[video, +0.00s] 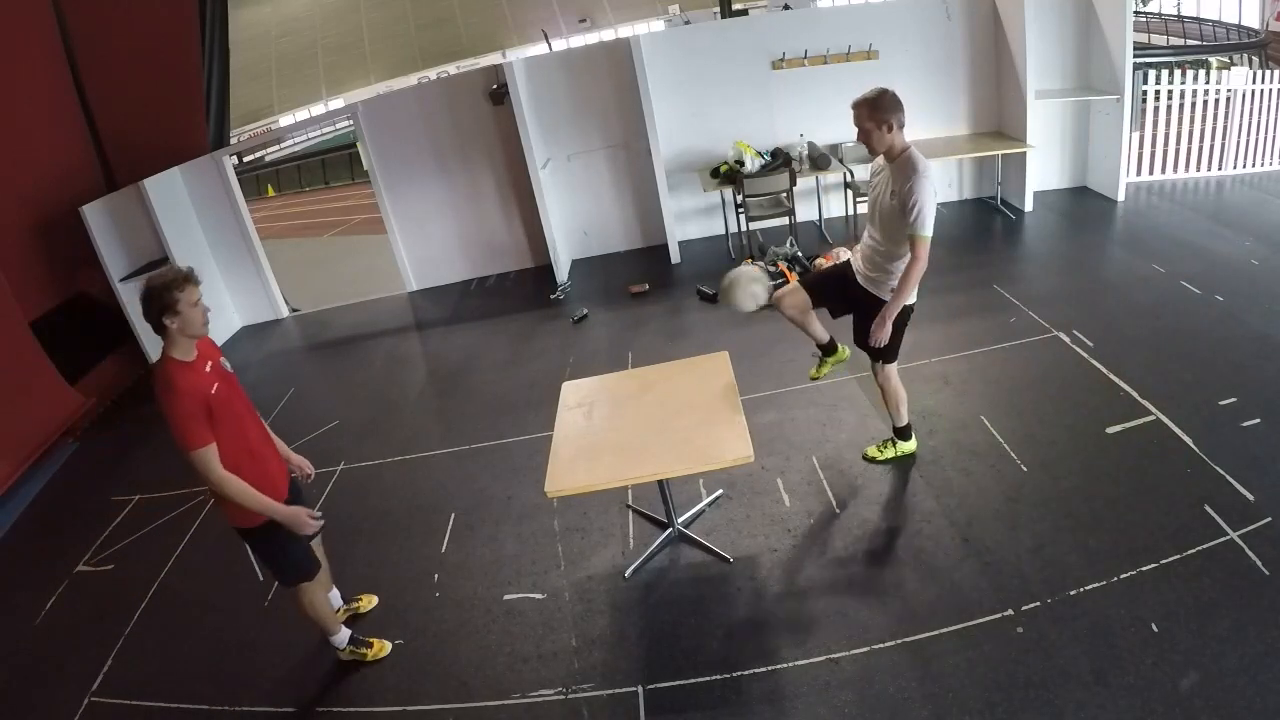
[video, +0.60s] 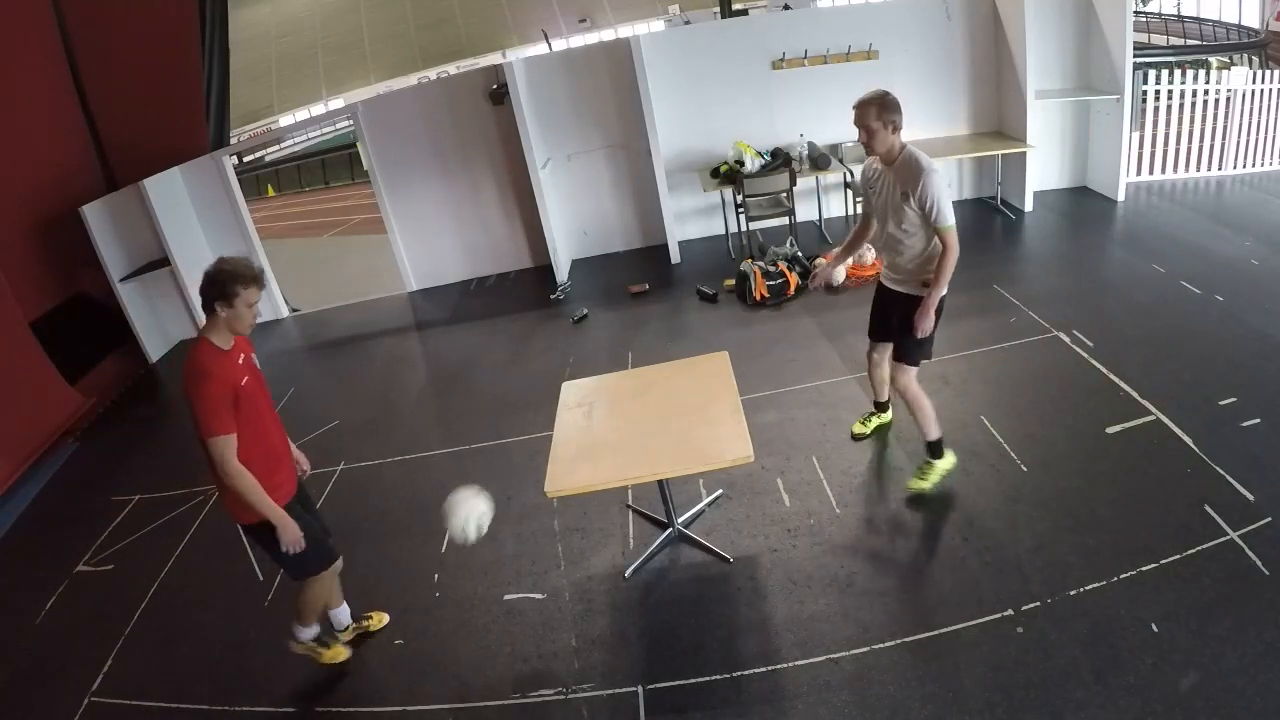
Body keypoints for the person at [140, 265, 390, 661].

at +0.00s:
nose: (206, 308)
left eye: (202, 300)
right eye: (196, 304)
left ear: (176, 318)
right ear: (170, 321)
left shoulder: (203, 347)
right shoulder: (176, 385)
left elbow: (244, 412)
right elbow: (214, 475)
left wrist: (284, 452)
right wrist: (283, 513)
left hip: (276, 477)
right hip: (254, 507)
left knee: (312, 541)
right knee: (305, 574)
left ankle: (335, 606)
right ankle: (342, 642)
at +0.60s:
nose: (257, 313)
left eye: (257, 304)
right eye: (251, 306)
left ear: (227, 308)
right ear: (222, 309)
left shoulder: (238, 343)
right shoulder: (206, 372)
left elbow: (257, 412)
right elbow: (226, 465)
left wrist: (288, 448)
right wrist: (279, 518)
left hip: (286, 480)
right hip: (263, 505)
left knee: (328, 557)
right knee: (317, 572)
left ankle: (343, 625)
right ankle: (304, 636)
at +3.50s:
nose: (313, 260)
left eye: (313, 252)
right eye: (303, 256)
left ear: (312, 251)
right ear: (279, 265)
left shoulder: (307, 292)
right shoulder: (281, 322)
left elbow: (334, 352)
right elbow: (295, 400)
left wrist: (371, 391)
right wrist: (343, 448)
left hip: (356, 415)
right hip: (344, 433)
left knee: (380, 489)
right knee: (408, 493)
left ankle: (398, 547)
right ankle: (402, 583)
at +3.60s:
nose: (320, 256)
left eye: (319, 248)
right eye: (310, 251)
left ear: (318, 247)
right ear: (286, 259)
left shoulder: (311, 287)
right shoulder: (287, 315)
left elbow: (339, 348)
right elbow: (301, 394)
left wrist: (374, 385)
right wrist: (348, 437)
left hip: (356, 408)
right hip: (349, 423)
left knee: (374, 482)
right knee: (417, 473)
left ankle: (399, 548)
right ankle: (421, 556)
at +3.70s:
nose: (326, 251)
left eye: (326, 243)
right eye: (317, 246)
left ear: (326, 241)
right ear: (294, 254)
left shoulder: (318, 283)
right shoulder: (297, 309)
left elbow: (342, 346)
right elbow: (308, 385)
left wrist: (377, 382)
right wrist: (353, 432)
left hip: (360, 403)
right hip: (358, 418)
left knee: (373, 480)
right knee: (421, 461)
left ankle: (400, 551)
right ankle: (443, 528)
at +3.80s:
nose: (336, 249)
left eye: (336, 241)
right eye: (328, 244)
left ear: (335, 239)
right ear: (304, 251)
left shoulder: (326, 281)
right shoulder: (310, 305)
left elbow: (351, 345)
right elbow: (323, 382)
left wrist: (384, 384)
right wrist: (361, 432)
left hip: (364, 402)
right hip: (365, 412)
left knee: (373, 477)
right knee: (426, 453)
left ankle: (400, 551)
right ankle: (460, 506)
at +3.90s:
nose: (348, 246)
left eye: (348, 239)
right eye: (339, 242)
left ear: (346, 237)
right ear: (317, 249)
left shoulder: (336, 277)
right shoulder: (325, 301)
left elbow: (364, 347)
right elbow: (340, 377)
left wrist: (393, 387)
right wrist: (372, 432)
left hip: (373, 399)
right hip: (381, 405)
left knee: (379, 473)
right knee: (432, 449)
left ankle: (399, 550)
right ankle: (462, 498)